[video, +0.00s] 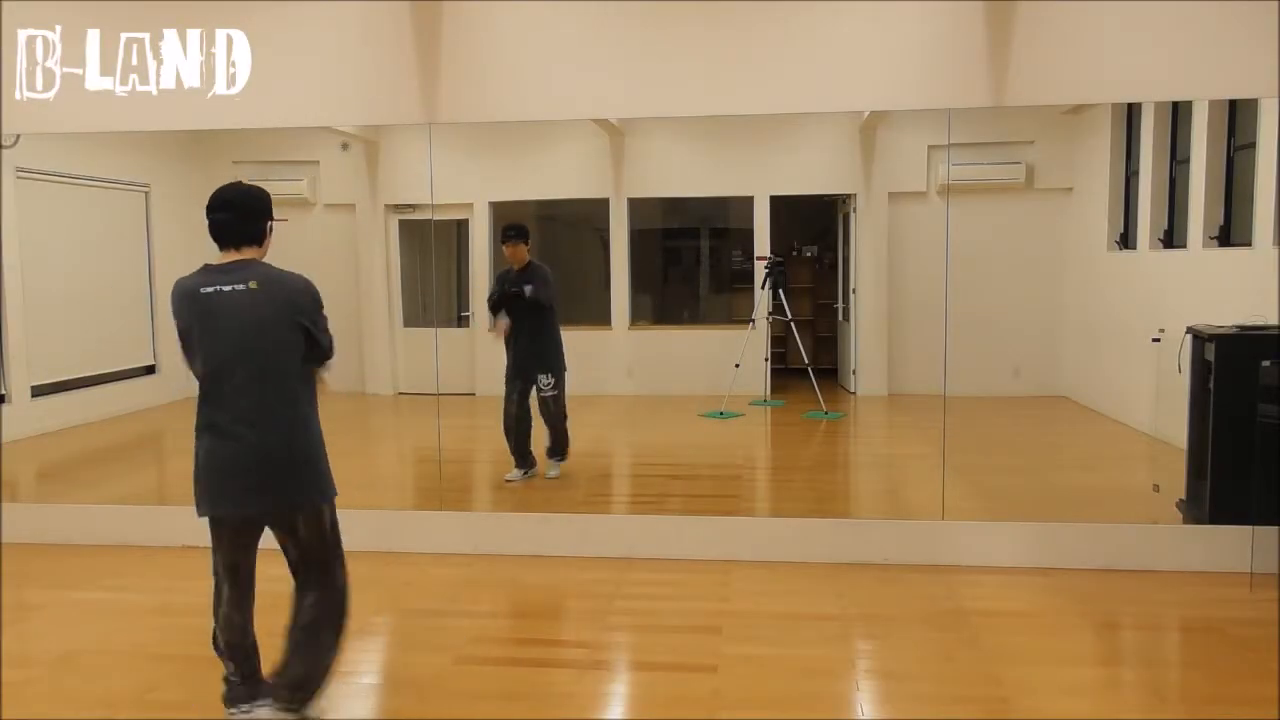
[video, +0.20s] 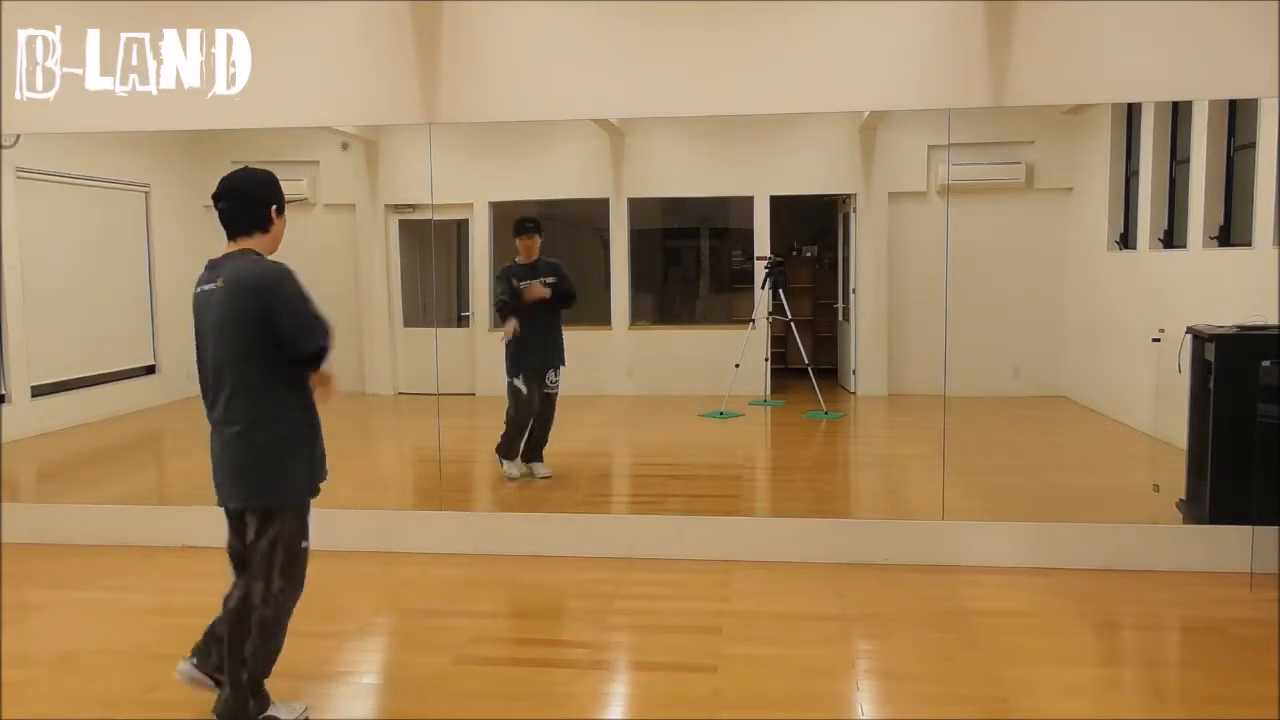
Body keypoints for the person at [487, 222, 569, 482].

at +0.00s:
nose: (507, 252)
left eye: (512, 246)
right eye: (505, 247)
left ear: (525, 246)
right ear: (503, 249)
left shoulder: (541, 273)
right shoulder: (503, 277)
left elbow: (544, 302)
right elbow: (493, 306)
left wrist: (509, 296)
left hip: (546, 350)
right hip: (518, 351)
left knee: (551, 407)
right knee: (514, 409)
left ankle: (556, 455)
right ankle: (524, 463)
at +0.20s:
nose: (530, 243)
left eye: (534, 238)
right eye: (525, 238)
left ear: (541, 239)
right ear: (516, 241)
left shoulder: (553, 268)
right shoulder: (507, 273)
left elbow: (570, 297)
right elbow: (502, 302)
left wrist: (547, 293)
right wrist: (508, 318)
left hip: (549, 347)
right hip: (521, 348)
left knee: (546, 407)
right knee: (524, 405)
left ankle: (533, 457)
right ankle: (508, 453)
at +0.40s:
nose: (540, 244)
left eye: (543, 239)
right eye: (535, 239)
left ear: (547, 241)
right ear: (524, 241)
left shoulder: (543, 269)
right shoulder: (517, 272)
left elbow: (553, 305)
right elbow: (511, 311)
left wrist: (553, 287)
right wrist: (506, 344)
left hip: (547, 348)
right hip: (530, 351)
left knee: (545, 412)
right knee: (539, 413)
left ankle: (528, 459)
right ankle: (508, 455)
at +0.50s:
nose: (541, 244)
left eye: (544, 239)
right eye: (536, 239)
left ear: (547, 241)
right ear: (524, 241)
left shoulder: (544, 269)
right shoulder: (516, 272)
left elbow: (554, 305)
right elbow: (511, 310)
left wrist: (554, 287)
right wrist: (506, 341)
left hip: (546, 348)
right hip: (528, 351)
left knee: (543, 408)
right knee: (543, 409)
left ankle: (529, 458)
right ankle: (511, 454)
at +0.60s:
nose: (541, 244)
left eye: (544, 238)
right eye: (535, 239)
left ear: (548, 241)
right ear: (524, 240)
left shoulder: (545, 271)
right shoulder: (517, 272)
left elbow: (556, 307)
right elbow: (508, 310)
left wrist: (555, 289)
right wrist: (498, 341)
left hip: (545, 351)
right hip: (527, 353)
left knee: (546, 408)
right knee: (541, 409)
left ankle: (529, 458)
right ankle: (512, 452)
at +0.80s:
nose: (536, 242)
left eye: (541, 237)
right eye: (531, 237)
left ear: (548, 239)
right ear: (523, 239)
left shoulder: (556, 272)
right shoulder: (512, 273)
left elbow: (569, 304)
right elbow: (494, 312)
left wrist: (561, 314)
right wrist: (483, 347)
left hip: (547, 348)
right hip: (521, 349)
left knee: (546, 407)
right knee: (532, 407)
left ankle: (533, 457)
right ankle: (517, 450)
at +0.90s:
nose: (532, 242)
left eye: (537, 237)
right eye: (528, 237)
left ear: (545, 240)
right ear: (521, 240)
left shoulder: (558, 274)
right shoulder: (508, 274)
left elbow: (568, 308)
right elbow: (495, 312)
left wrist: (566, 338)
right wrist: (491, 344)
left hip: (546, 351)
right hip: (516, 352)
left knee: (544, 409)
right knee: (523, 411)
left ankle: (534, 460)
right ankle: (525, 466)